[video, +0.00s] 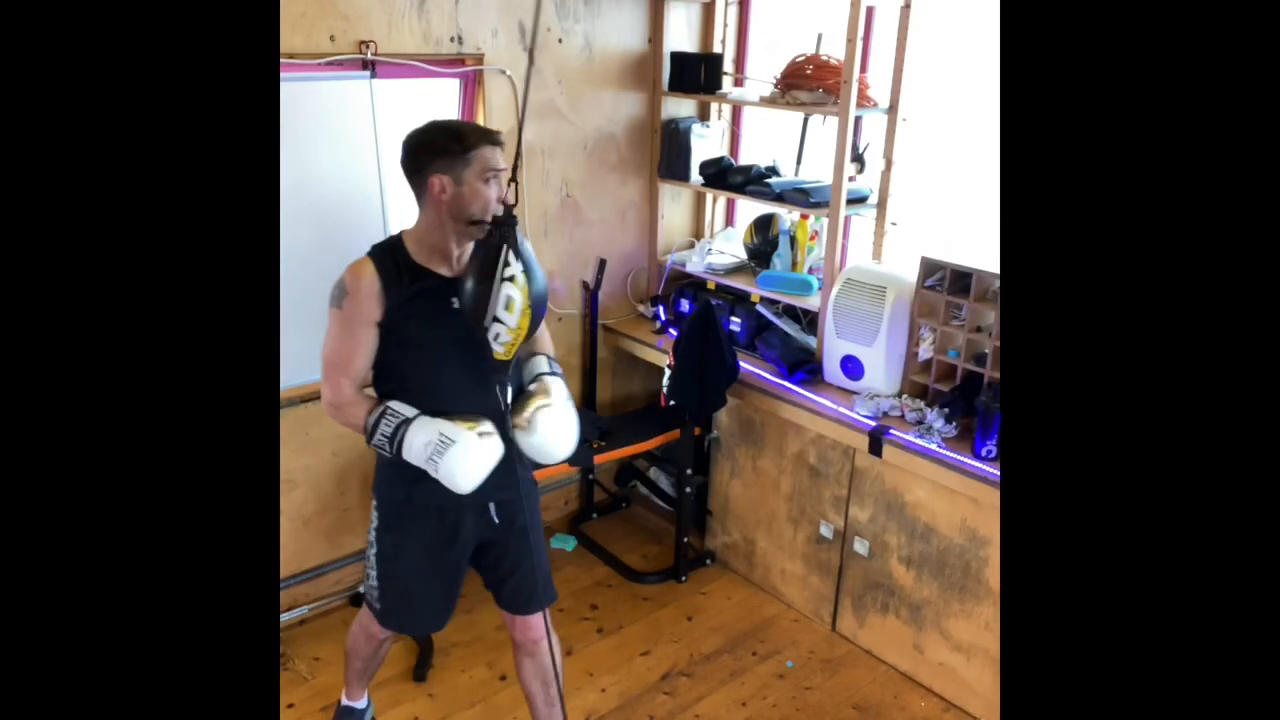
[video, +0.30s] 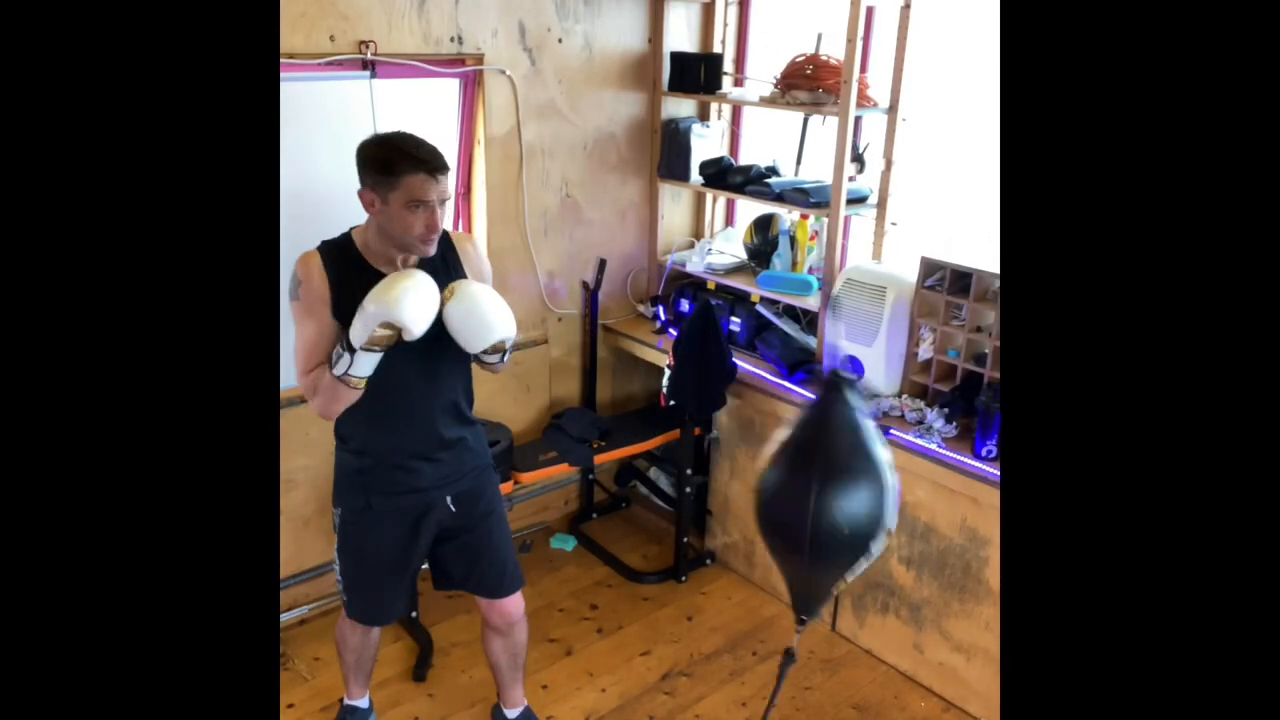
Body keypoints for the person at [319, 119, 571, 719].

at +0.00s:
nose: (505, 194)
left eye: (504, 178)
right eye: (491, 179)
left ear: (447, 188)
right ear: (440, 188)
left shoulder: (505, 257)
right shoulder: (369, 282)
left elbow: (532, 336)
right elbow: (341, 393)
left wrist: (545, 387)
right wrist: (416, 436)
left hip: (504, 469)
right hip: (416, 479)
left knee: (533, 625)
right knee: (383, 619)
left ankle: (552, 718)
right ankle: (353, 708)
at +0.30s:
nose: (436, 222)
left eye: (442, 204)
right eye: (419, 206)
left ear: (449, 197)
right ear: (371, 202)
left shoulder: (461, 252)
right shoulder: (322, 270)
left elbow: (495, 360)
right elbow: (323, 401)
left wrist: (491, 343)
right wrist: (361, 344)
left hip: (463, 466)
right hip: (376, 480)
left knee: (507, 609)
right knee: (365, 616)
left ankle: (514, 709)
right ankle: (357, 707)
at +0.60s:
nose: (467, 226)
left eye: (474, 209)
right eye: (448, 211)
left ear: (482, 198)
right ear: (405, 204)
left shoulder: (489, 241)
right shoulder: (368, 257)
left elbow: (517, 310)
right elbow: (423, 356)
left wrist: (539, 315)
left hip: (469, 451)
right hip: (390, 461)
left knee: (490, 586)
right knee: (365, 602)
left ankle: (507, 703)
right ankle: (355, 703)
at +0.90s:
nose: (453, 255)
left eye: (460, 238)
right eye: (435, 240)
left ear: (468, 229)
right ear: (390, 231)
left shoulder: (467, 252)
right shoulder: (330, 276)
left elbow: (486, 356)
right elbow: (322, 402)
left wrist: (487, 338)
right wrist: (376, 363)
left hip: (449, 454)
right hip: (367, 463)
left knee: (480, 588)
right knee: (350, 609)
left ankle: (505, 703)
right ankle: (342, 713)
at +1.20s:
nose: (412, 258)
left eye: (423, 239)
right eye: (393, 242)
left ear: (432, 228)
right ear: (349, 234)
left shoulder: (444, 261)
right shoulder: (298, 278)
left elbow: (469, 366)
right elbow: (282, 393)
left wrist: (467, 350)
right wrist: (326, 381)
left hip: (431, 460)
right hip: (346, 471)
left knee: (468, 589)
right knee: (342, 614)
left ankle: (496, 703)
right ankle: (341, 713)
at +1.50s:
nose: (387, 228)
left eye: (396, 209)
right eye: (366, 212)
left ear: (406, 199)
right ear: (325, 205)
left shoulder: (431, 250)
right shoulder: (295, 257)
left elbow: (470, 360)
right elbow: (290, 359)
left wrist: (411, 394)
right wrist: (293, 348)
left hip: (435, 441)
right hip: (346, 446)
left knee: (475, 588)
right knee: (346, 603)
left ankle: (498, 703)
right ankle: (346, 713)